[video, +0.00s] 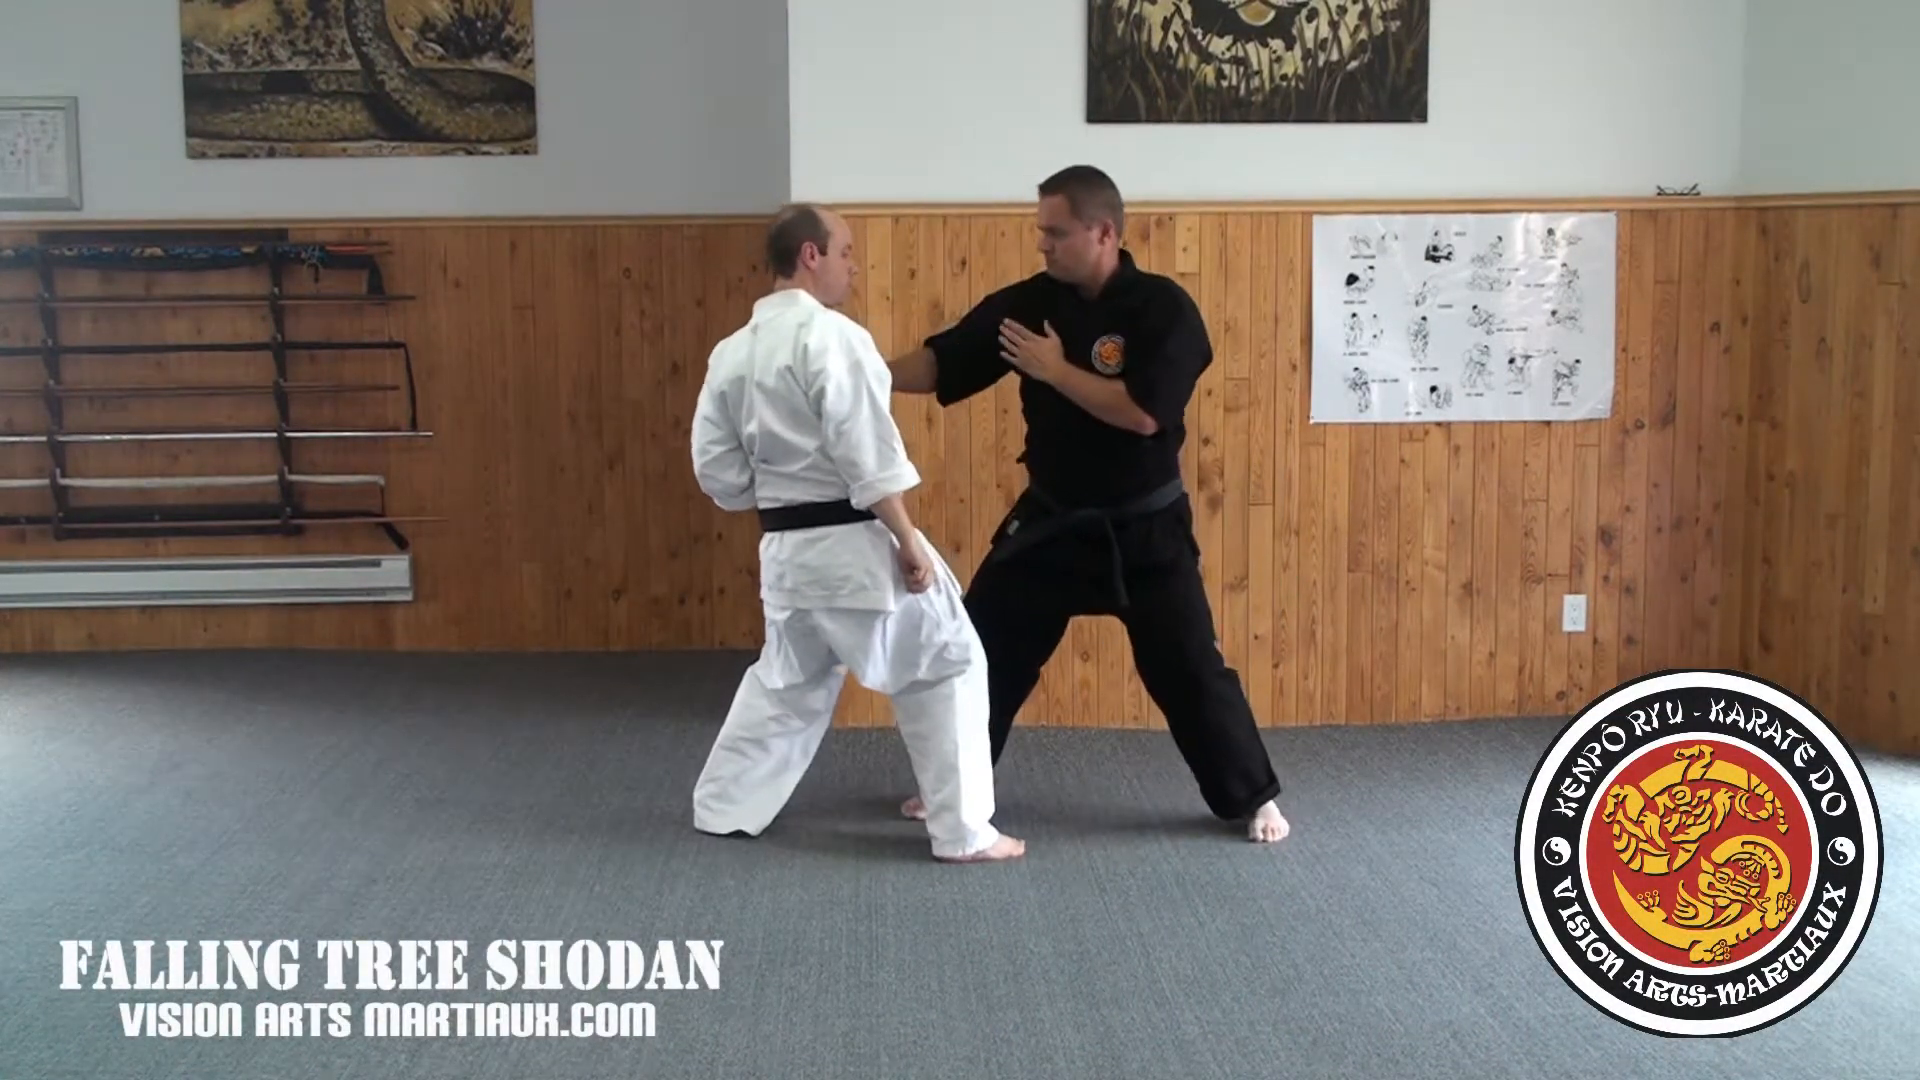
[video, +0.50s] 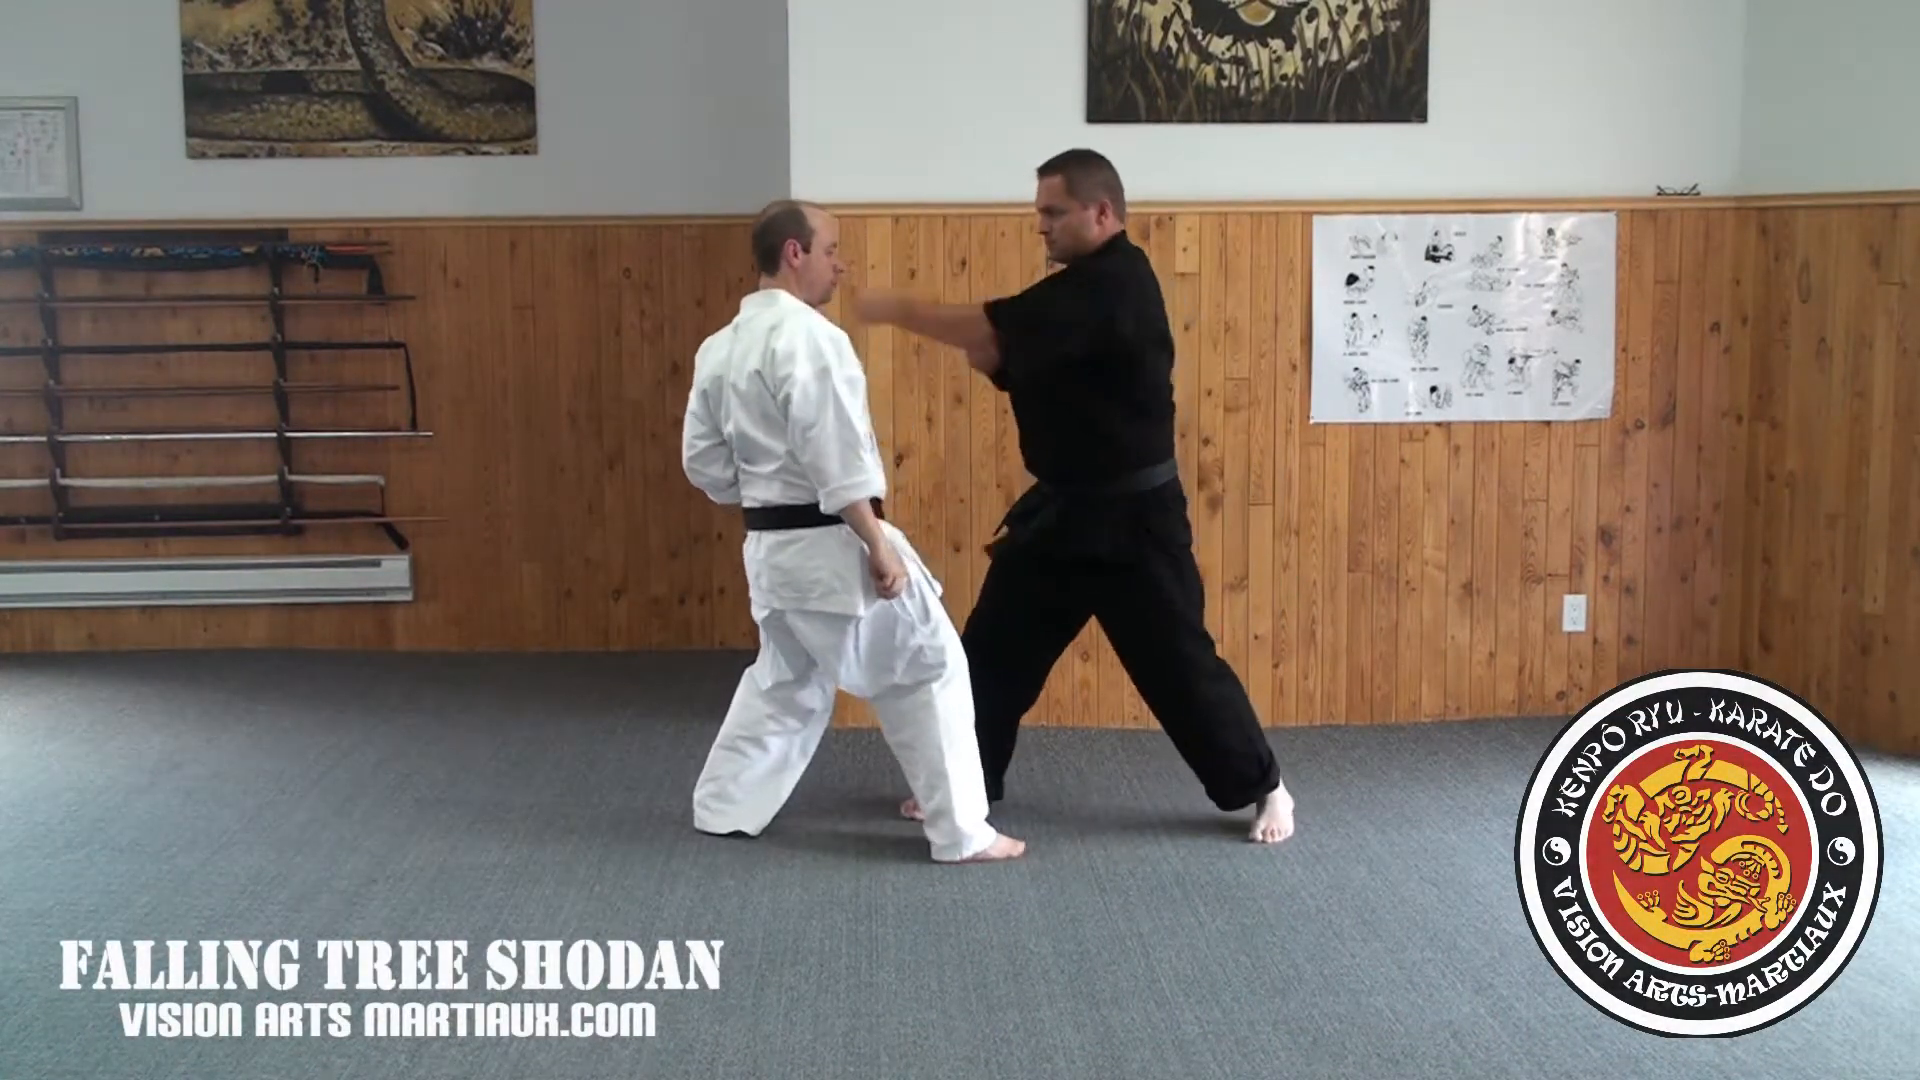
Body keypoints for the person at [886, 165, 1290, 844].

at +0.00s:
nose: (1041, 245)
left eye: (1053, 233)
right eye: (1039, 232)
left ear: (1104, 235)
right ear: (1086, 235)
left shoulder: (1164, 310)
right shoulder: (1027, 307)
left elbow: (1147, 413)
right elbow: (940, 361)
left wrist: (1056, 371)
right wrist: (860, 377)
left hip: (1146, 526)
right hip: (1049, 522)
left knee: (1188, 667)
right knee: (981, 652)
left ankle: (1255, 798)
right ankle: (954, 786)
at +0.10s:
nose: (1042, 241)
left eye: (1054, 229)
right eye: (1040, 228)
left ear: (1103, 231)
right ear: (1083, 232)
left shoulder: (1166, 307)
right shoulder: (1031, 303)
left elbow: (1146, 410)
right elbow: (941, 362)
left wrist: (1058, 366)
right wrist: (859, 375)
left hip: (1144, 524)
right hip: (1049, 520)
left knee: (1184, 667)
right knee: (981, 649)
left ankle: (1254, 798)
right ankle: (953, 785)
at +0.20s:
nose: (1039, 234)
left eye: (1050, 222)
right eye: (1037, 222)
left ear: (1099, 225)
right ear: (1083, 226)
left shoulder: (1161, 303)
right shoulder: (1037, 300)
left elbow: (1123, 404)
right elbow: (941, 360)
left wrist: (1044, 346)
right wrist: (856, 378)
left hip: (1141, 521)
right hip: (1050, 518)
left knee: (1180, 668)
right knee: (985, 653)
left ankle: (1253, 798)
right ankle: (954, 788)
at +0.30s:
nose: (1037, 230)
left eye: (1047, 217)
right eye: (1035, 218)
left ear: (1096, 219)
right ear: (1085, 221)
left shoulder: (1140, 294)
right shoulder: (1055, 296)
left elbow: (1067, 383)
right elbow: (975, 359)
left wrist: (1006, 315)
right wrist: (890, 383)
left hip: (1135, 517)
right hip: (1055, 514)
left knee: (1170, 665)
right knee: (994, 654)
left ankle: (1254, 792)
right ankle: (963, 787)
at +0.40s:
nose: (1038, 228)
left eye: (1049, 214)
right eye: (1037, 215)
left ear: (1098, 214)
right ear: (1091, 217)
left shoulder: (1115, 287)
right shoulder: (1076, 286)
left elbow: (1019, 354)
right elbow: (1017, 357)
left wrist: (944, 296)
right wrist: (976, 370)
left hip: (1127, 512)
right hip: (1063, 512)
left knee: (1170, 661)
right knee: (999, 656)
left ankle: (1265, 786)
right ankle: (967, 789)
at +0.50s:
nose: (1040, 225)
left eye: (1052, 213)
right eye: (1040, 213)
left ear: (1101, 214)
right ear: (1091, 218)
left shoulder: (1112, 281)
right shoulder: (1079, 283)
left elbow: (994, 324)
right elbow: (1019, 371)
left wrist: (893, 309)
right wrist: (978, 350)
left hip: (1133, 509)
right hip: (1061, 506)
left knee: (1177, 660)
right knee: (993, 651)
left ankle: (1265, 787)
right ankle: (964, 785)